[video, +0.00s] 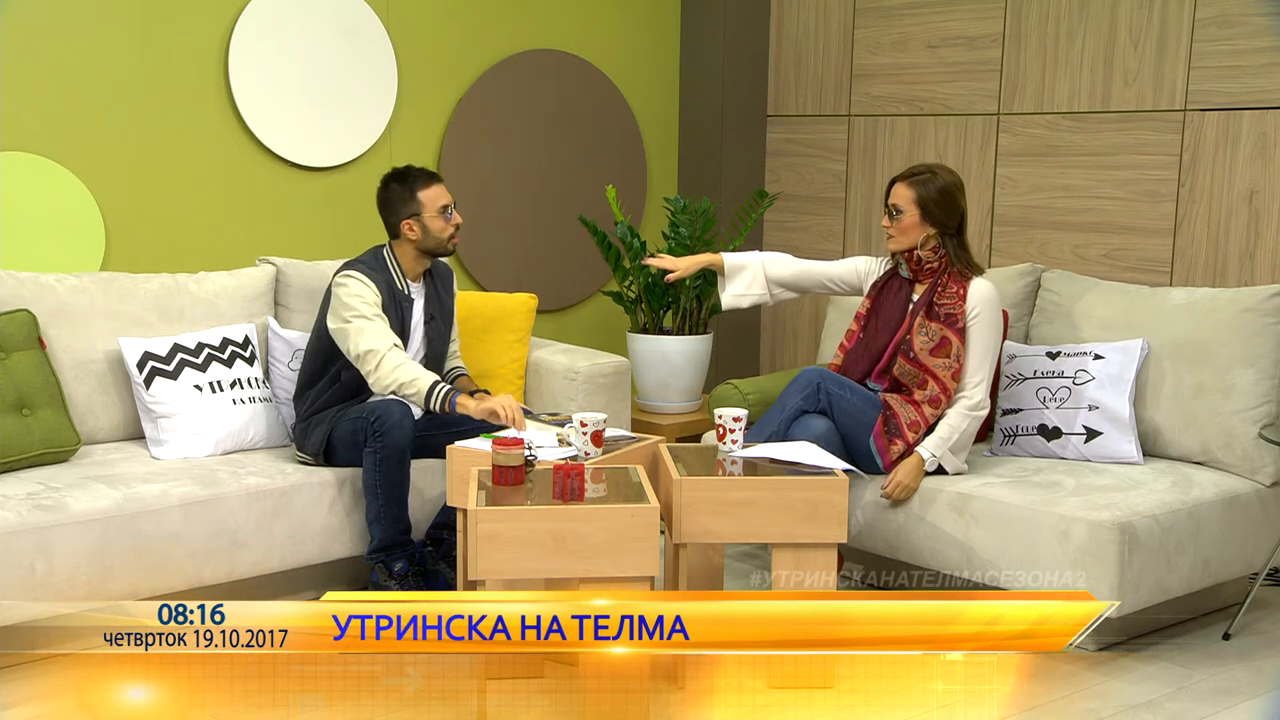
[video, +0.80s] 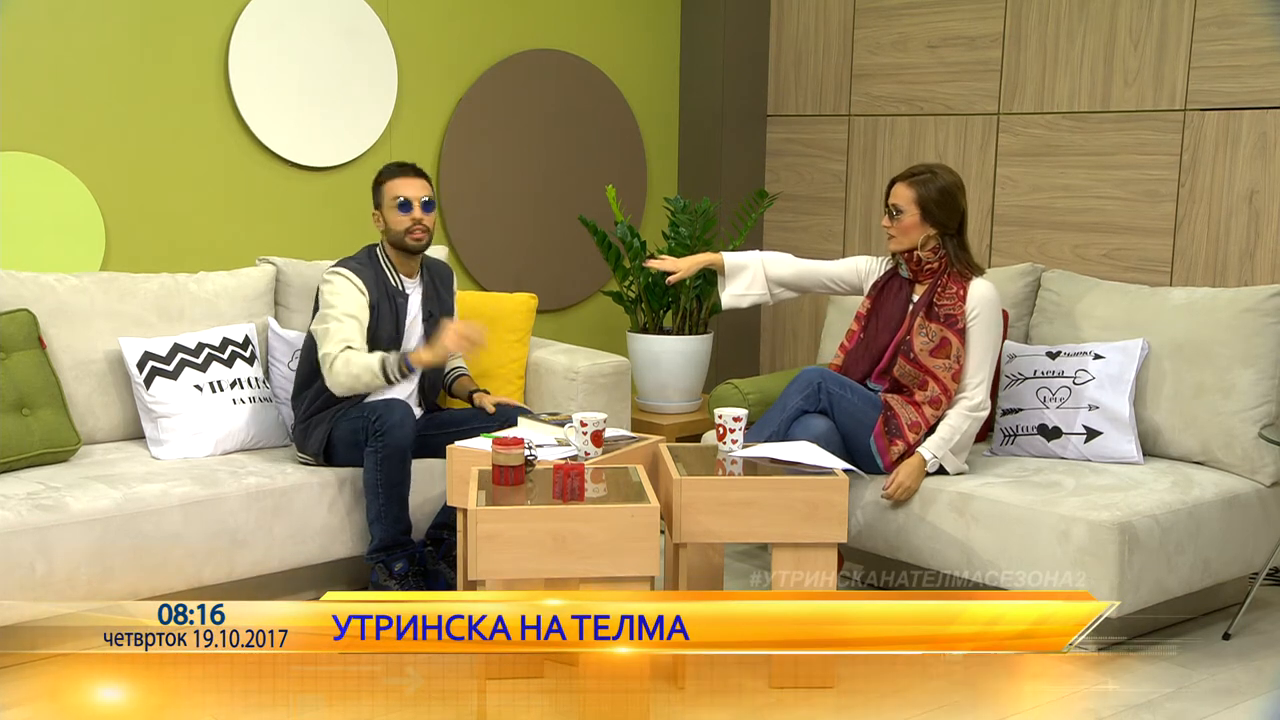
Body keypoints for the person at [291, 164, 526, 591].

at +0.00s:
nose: (457, 221)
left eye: (454, 209)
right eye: (445, 214)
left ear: (416, 229)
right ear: (409, 229)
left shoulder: (441, 277)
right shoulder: (355, 284)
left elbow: (448, 360)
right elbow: (385, 363)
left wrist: (479, 398)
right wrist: (460, 403)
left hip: (407, 419)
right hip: (330, 423)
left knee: (499, 430)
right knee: (393, 413)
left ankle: (440, 550)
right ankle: (392, 561)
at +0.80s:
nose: (418, 216)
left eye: (427, 205)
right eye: (404, 206)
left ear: (435, 214)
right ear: (379, 218)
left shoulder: (439, 275)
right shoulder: (346, 279)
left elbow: (444, 356)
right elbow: (341, 373)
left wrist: (475, 392)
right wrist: (420, 357)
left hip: (412, 422)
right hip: (333, 425)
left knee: (510, 420)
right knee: (395, 415)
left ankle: (440, 549)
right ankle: (392, 562)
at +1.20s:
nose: (392, 216)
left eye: (405, 206)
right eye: (380, 205)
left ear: (421, 219)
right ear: (363, 215)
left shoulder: (436, 273)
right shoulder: (339, 269)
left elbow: (454, 355)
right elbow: (309, 302)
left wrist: (476, 393)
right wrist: (408, 289)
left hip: (415, 421)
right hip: (334, 424)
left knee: (513, 422)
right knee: (394, 413)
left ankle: (439, 550)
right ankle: (392, 562)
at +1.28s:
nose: (387, 215)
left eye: (401, 206)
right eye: (375, 205)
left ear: (418, 218)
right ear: (359, 215)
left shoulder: (435, 273)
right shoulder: (333, 263)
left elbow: (456, 352)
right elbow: (315, 260)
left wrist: (477, 392)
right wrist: (415, 268)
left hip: (415, 421)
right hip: (333, 423)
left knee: (514, 422)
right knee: (395, 412)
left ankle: (441, 549)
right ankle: (391, 561)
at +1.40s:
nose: (385, 216)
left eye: (398, 205)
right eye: (373, 204)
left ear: (415, 216)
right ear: (359, 213)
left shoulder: (436, 274)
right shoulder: (332, 268)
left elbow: (455, 347)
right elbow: (314, 226)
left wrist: (477, 389)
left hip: (414, 419)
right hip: (335, 425)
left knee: (515, 420)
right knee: (395, 413)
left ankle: (441, 548)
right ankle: (391, 562)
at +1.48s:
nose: (386, 214)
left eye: (398, 204)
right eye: (374, 203)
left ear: (416, 215)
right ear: (354, 213)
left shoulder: (436, 273)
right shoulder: (334, 270)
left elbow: (457, 346)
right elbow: (321, 221)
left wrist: (477, 388)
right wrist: (318, 133)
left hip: (414, 423)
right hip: (338, 426)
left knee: (514, 424)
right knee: (397, 415)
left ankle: (440, 550)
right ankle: (392, 563)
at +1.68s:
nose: (388, 217)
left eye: (399, 206)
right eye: (375, 206)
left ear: (415, 216)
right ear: (357, 213)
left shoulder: (435, 276)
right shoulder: (328, 265)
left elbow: (474, 344)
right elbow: (296, 216)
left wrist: (518, 377)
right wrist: (261, 140)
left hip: (414, 420)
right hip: (337, 425)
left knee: (520, 423)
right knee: (391, 413)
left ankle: (438, 554)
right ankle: (392, 565)